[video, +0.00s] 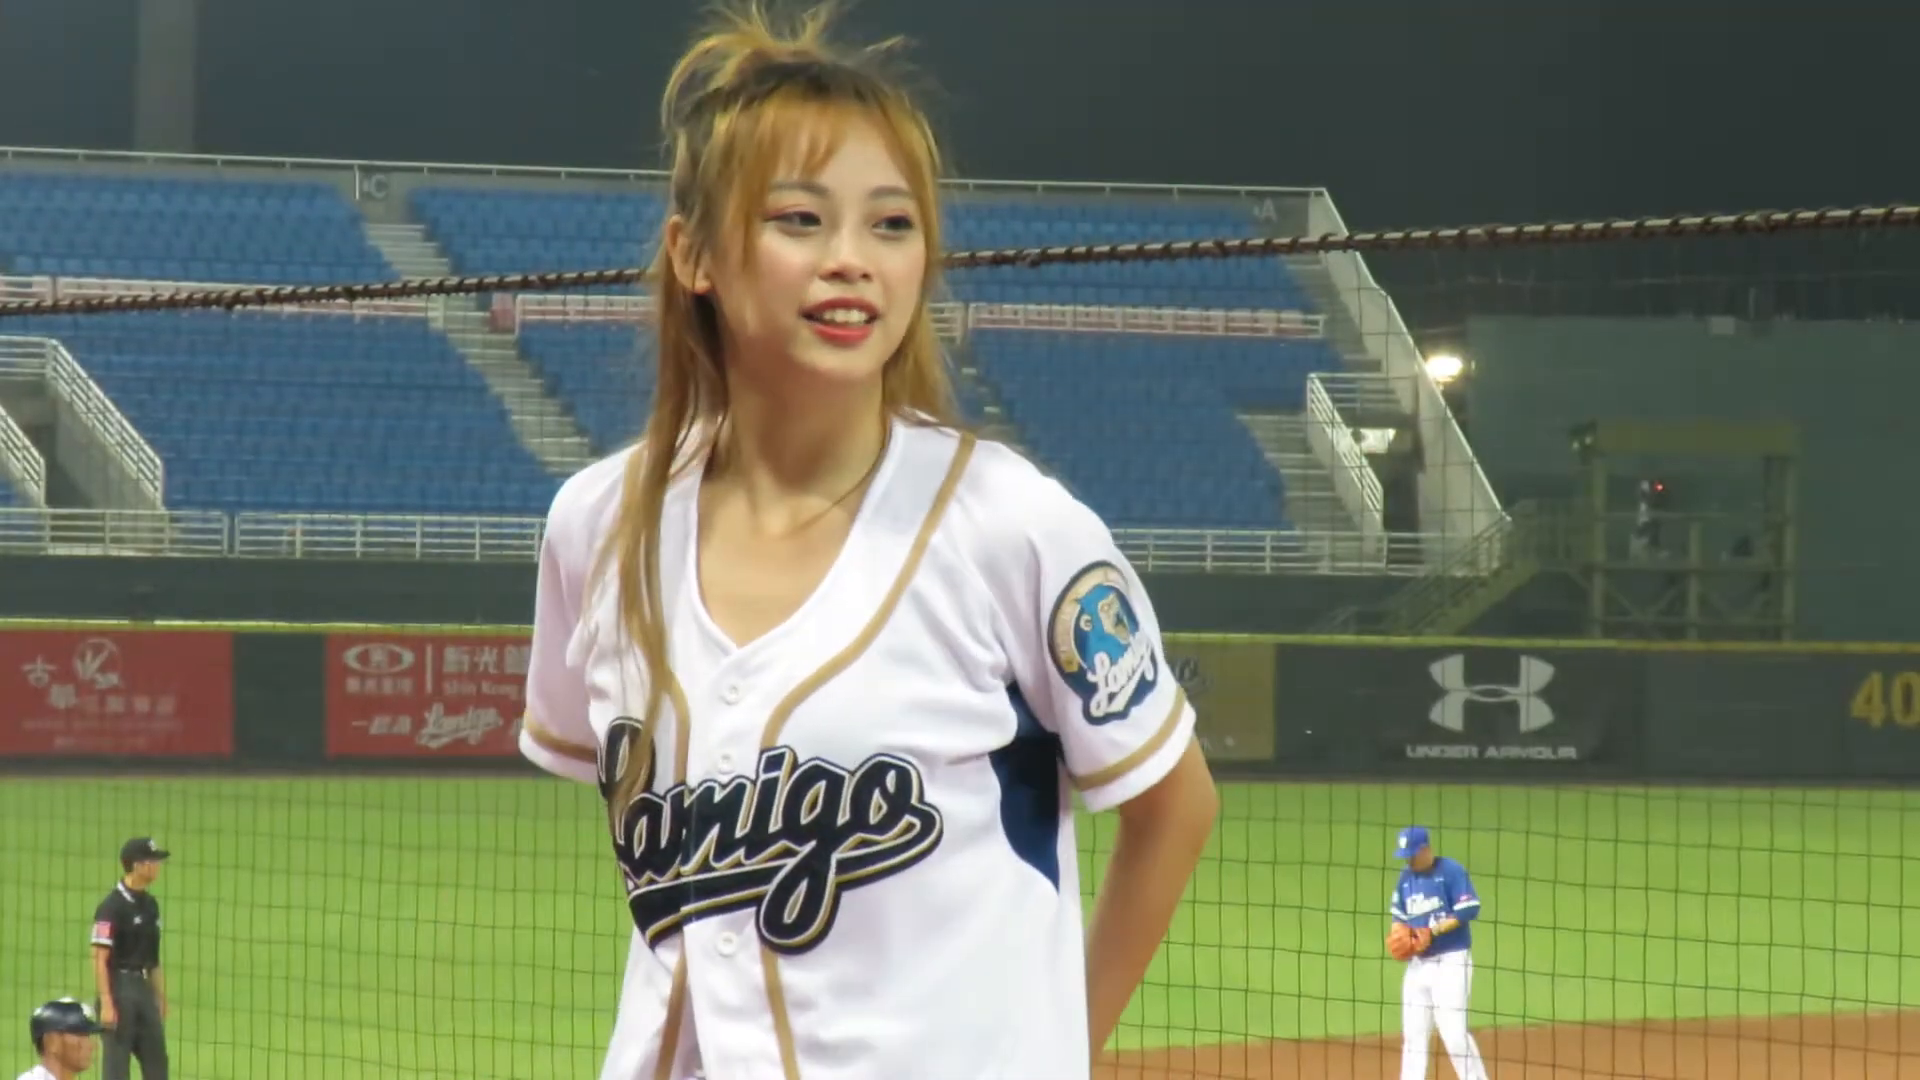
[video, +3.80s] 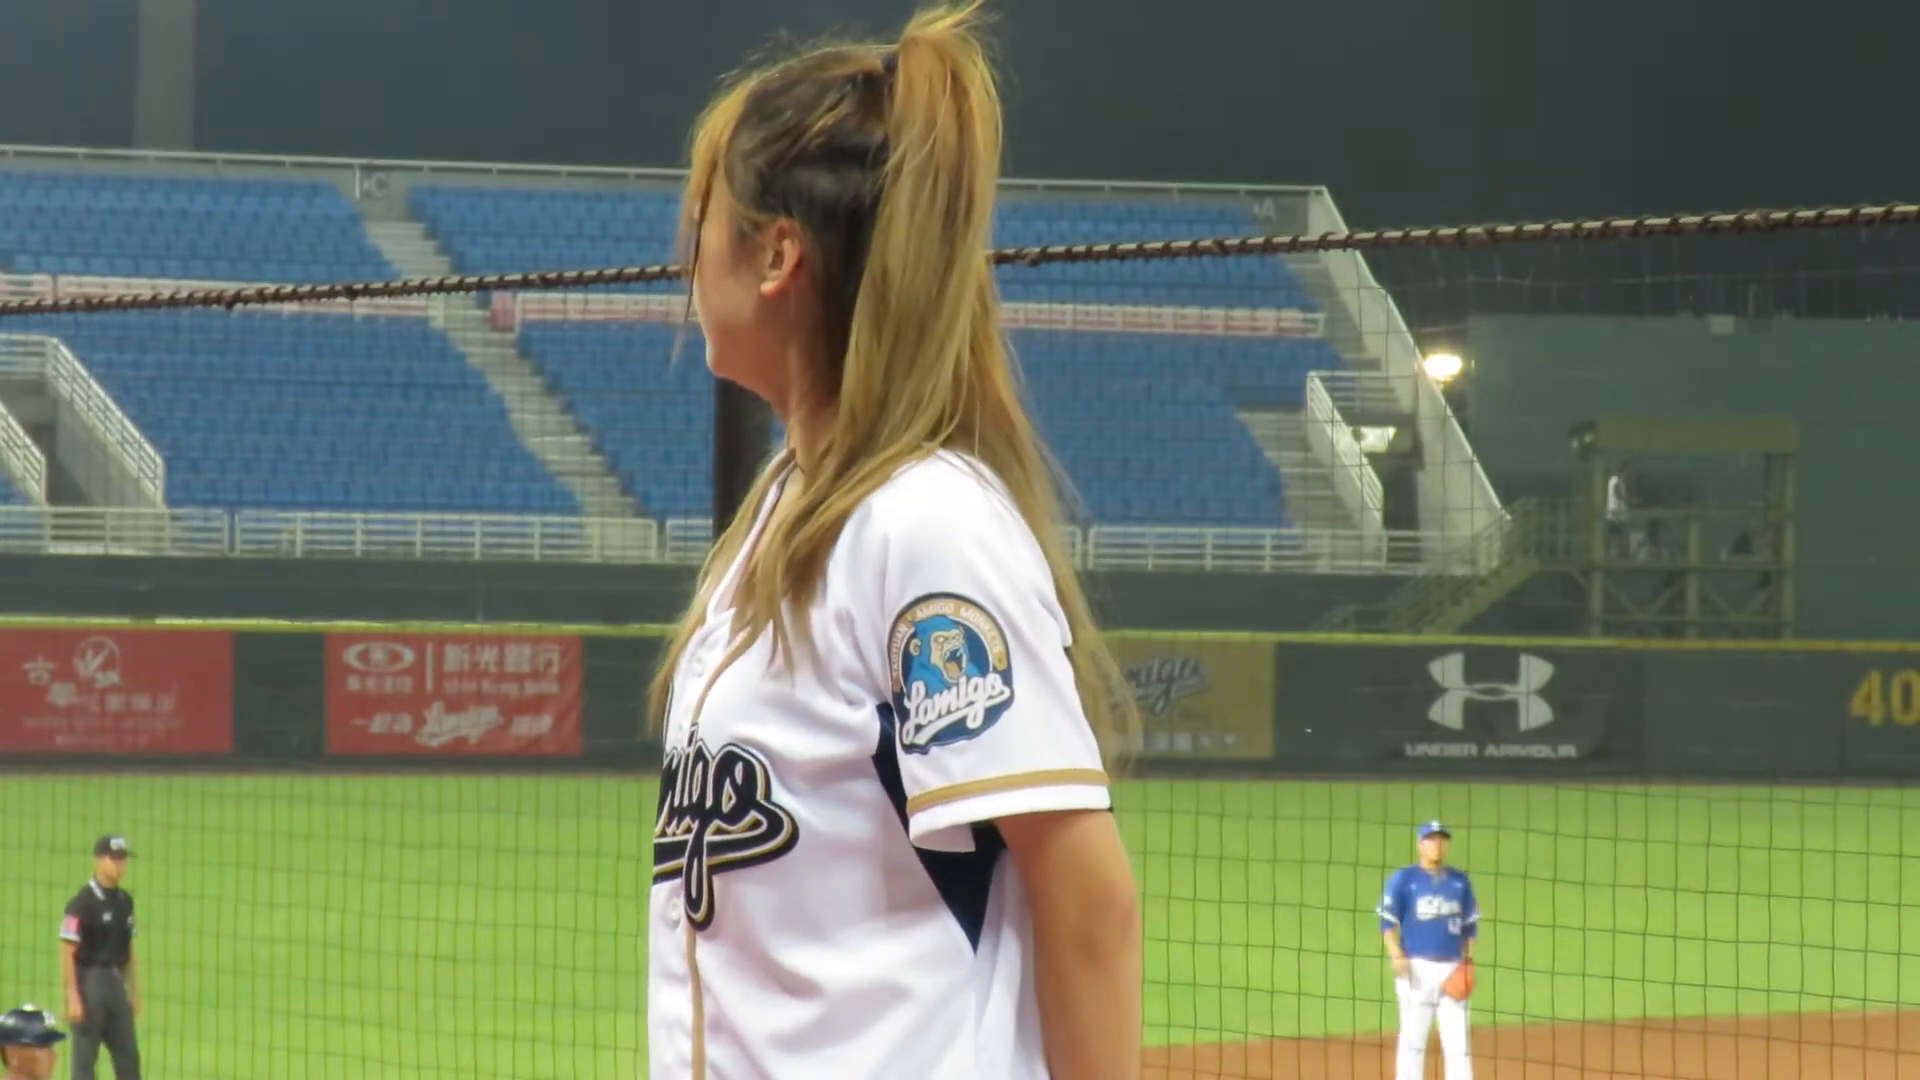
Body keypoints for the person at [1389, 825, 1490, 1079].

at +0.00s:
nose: (1409, 862)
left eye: (1412, 856)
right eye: (1406, 857)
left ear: (1426, 850)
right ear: (1404, 855)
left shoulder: (1450, 870)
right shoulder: (1406, 878)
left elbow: (1470, 909)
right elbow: (1398, 917)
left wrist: (1432, 931)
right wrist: (1399, 937)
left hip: (1451, 961)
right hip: (1419, 962)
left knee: (1453, 1034)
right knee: (1414, 1037)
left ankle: (1477, 1077)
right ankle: (1411, 1078)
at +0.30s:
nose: (1408, 867)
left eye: (1412, 861)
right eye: (1404, 862)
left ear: (1421, 854)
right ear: (1396, 857)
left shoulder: (1439, 871)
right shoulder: (1384, 877)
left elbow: (1458, 912)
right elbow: (1366, 914)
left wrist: (1454, 953)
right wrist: (1376, 955)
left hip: (1437, 959)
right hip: (1404, 962)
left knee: (1440, 1032)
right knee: (1406, 1033)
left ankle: (1441, 1076)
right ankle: (1407, 1076)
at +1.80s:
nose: (1436, 869)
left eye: (1439, 865)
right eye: (1433, 864)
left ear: (1442, 860)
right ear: (1419, 855)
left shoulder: (1443, 879)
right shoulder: (1394, 877)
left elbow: (1456, 916)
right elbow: (1377, 918)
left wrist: (1467, 943)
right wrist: (1410, 945)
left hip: (1441, 964)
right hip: (1405, 965)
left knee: (1454, 1036)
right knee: (1406, 1040)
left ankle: (1447, 1076)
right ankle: (1403, 1077)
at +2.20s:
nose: (1460, 863)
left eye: (1463, 858)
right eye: (1455, 857)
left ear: (1467, 856)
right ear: (1441, 852)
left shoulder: (1470, 882)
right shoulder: (1420, 877)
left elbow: (1480, 925)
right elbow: (1405, 917)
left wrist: (1469, 923)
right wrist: (1446, 923)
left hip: (1460, 967)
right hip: (1425, 966)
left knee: (1464, 1044)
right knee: (1421, 1043)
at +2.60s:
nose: (1476, 850)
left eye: (1480, 845)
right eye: (1471, 844)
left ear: (1484, 849)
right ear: (1458, 847)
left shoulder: (1489, 882)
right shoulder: (1439, 877)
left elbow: (1507, 925)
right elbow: (1420, 917)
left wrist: (1500, 912)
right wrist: (1451, 911)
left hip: (1481, 967)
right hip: (1447, 965)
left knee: (1476, 1041)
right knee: (1451, 1038)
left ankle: (1472, 1077)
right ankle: (1447, 1077)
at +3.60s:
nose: (1447, 846)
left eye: (1452, 840)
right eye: (1441, 840)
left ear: (1459, 845)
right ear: (1431, 845)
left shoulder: (1472, 881)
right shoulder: (1415, 879)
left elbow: (1485, 919)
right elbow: (1403, 918)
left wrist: (1471, 939)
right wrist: (1432, 937)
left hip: (1464, 967)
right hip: (1427, 966)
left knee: (1465, 1042)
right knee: (1423, 1040)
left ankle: (1464, 1077)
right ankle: (1413, 1076)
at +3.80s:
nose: (1436, 845)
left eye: (1441, 840)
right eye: (1430, 840)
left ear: (1447, 845)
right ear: (1419, 845)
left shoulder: (1460, 881)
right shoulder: (1403, 879)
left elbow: (1470, 927)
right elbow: (1388, 921)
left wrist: (1467, 962)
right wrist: (1397, 956)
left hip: (1452, 967)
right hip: (1416, 968)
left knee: (1457, 1045)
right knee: (1412, 1043)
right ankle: (1409, 1078)